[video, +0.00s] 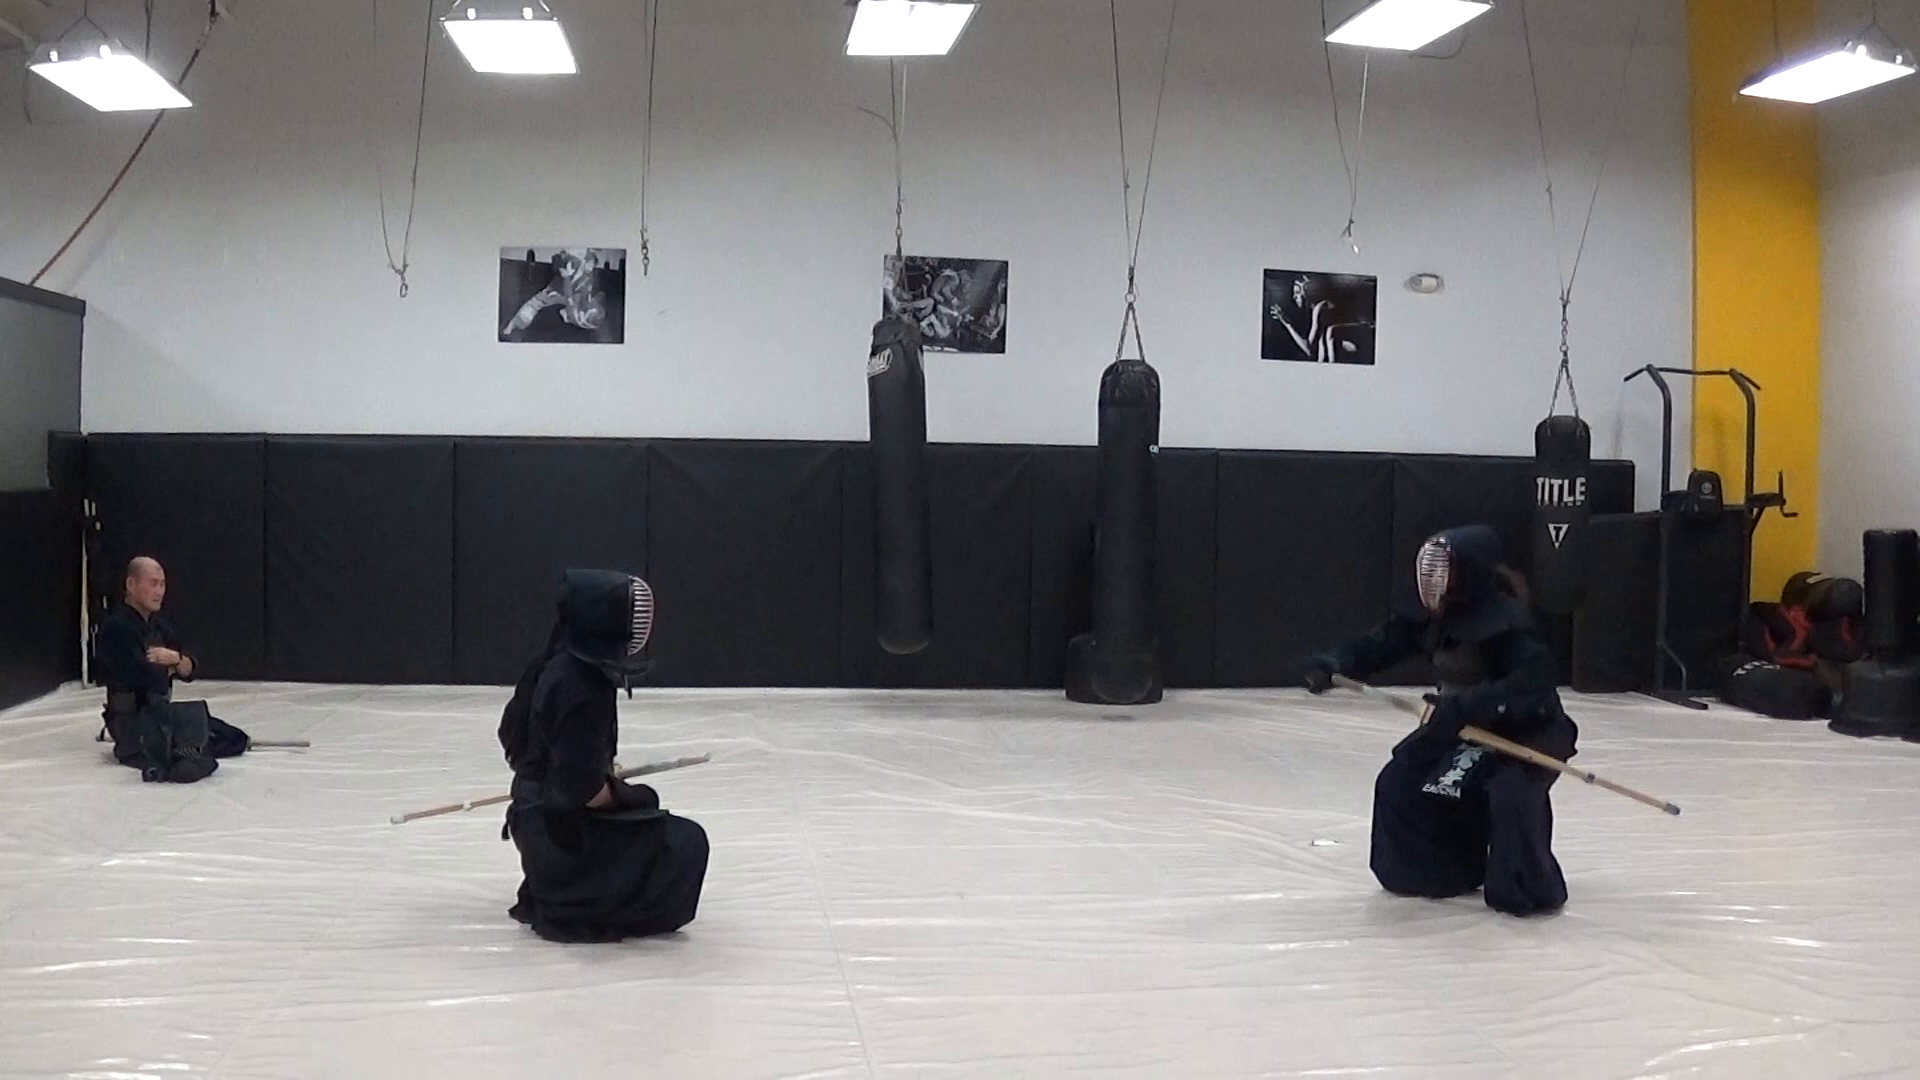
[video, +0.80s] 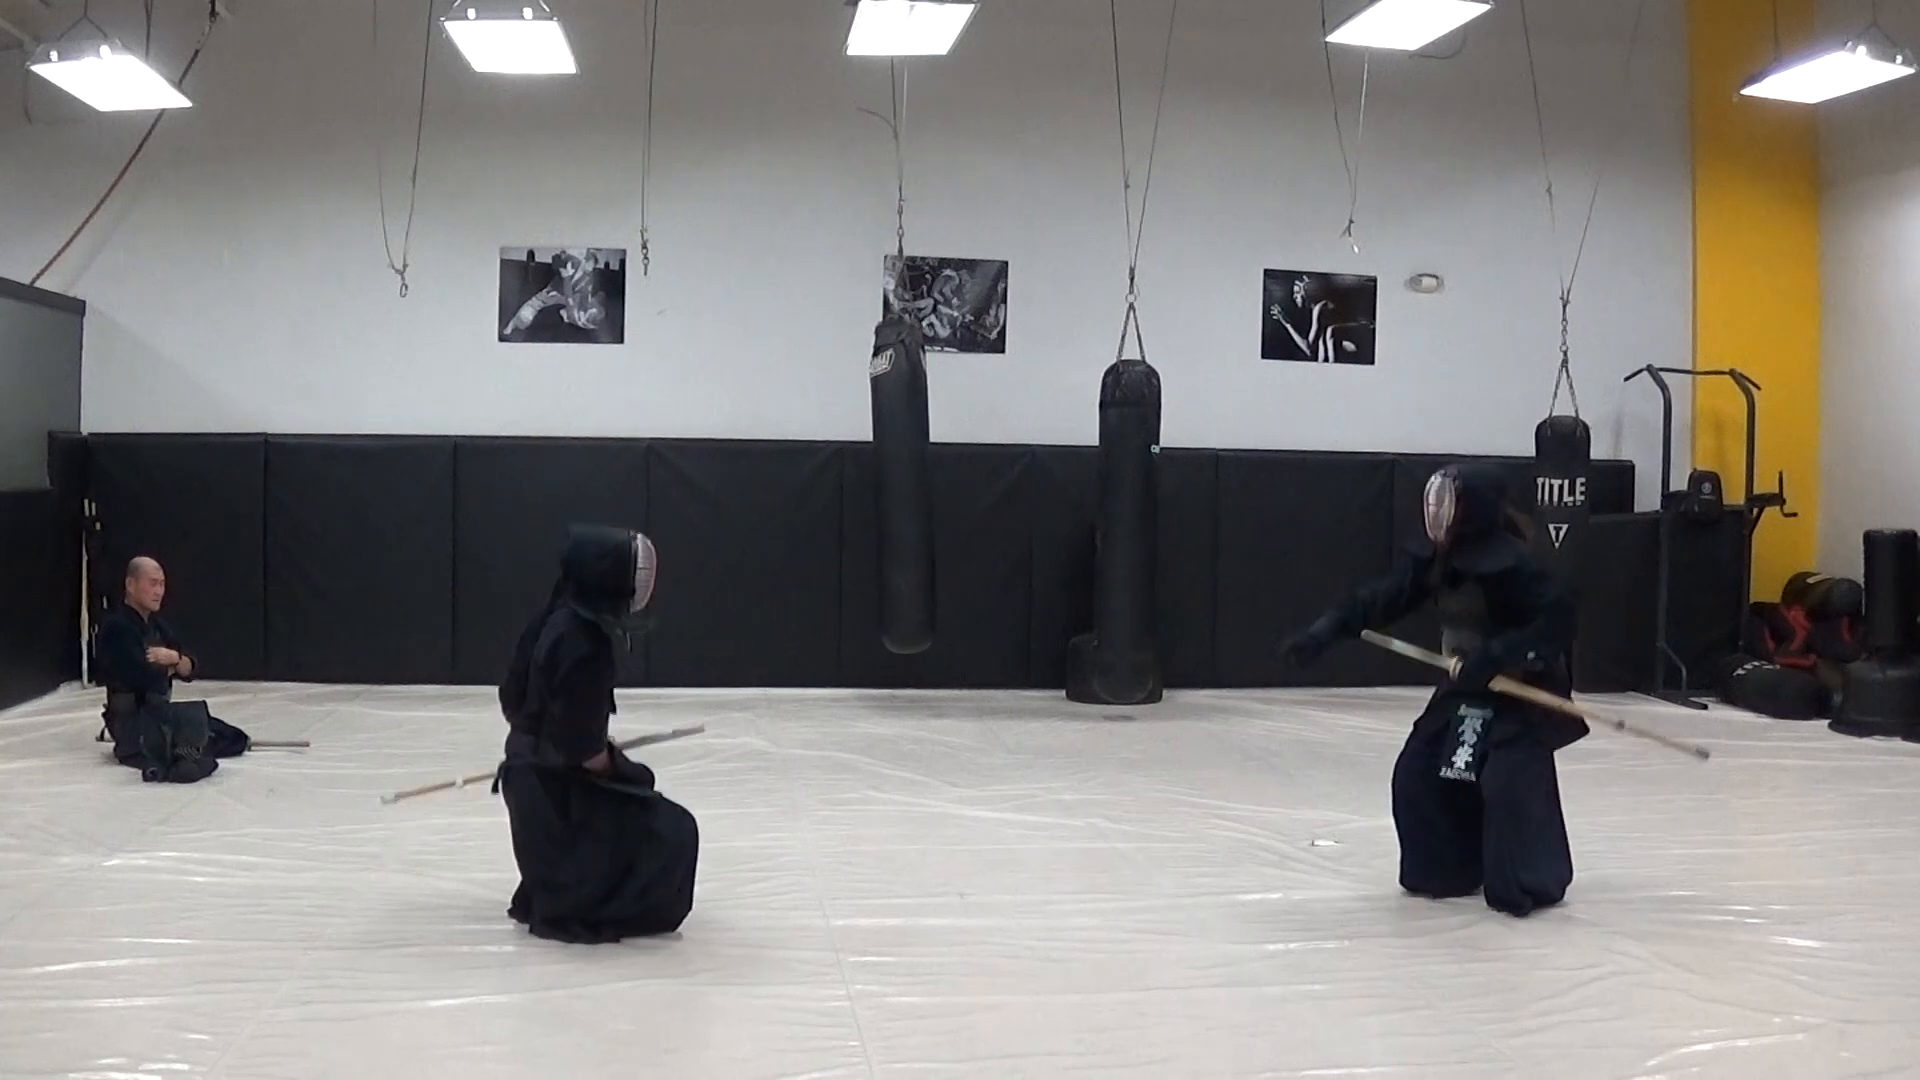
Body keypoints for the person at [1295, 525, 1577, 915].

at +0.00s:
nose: (1431, 587)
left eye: (1441, 576)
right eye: (1427, 575)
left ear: (1468, 578)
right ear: (1420, 573)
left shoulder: (1507, 619)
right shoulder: (1429, 621)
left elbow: (1534, 683)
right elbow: (1382, 647)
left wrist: (1463, 708)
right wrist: (1330, 661)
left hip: (1531, 730)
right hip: (1463, 727)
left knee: (1510, 789)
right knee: (1398, 783)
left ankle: (1527, 895)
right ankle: (1441, 875)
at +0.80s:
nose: (1436, 519)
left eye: (1447, 508)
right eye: (1433, 507)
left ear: (1473, 511)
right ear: (1428, 507)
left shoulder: (1514, 563)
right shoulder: (1434, 562)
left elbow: (1557, 622)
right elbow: (1381, 600)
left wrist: (1493, 656)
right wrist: (1325, 631)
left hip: (1521, 695)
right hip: (1460, 692)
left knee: (1505, 779)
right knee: (1416, 772)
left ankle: (1522, 886)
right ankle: (1442, 875)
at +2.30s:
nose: (1602, 452)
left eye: (1611, 443)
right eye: (1602, 442)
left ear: (1638, 449)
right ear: (1612, 444)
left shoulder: (1674, 510)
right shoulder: (1602, 504)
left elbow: (1702, 581)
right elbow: (1587, 578)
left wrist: (1647, 614)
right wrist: (1568, 646)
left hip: (1644, 654)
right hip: (1593, 648)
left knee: (1629, 757)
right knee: (1571, 747)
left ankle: (1626, 877)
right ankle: (1594, 868)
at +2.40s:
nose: (1620, 456)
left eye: (1630, 447)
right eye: (1619, 446)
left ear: (1658, 453)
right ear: (1618, 447)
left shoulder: (1691, 511)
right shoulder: (1618, 504)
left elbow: (1722, 587)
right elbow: (1603, 582)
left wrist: (1664, 617)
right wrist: (1578, 645)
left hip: (1662, 651)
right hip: (1613, 644)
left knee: (1639, 755)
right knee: (1604, 745)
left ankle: (1615, 875)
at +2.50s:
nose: (1635, 457)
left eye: (1646, 449)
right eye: (1634, 447)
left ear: (1674, 453)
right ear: (1632, 449)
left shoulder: (1703, 513)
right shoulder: (1624, 506)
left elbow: (1736, 586)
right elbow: (1604, 581)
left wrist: (1679, 620)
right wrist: (1588, 649)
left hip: (1681, 654)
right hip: (1630, 649)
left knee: (1657, 760)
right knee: (1643, 752)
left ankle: (1618, 873)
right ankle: (1687, 847)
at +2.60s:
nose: (1650, 455)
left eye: (1659, 447)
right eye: (1648, 446)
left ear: (1686, 452)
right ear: (1648, 449)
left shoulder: (1716, 512)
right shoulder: (1652, 507)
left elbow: (1758, 580)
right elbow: (1638, 584)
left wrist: (1697, 619)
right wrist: (1613, 644)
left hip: (1697, 655)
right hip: (1654, 650)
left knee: (1664, 758)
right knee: (1668, 754)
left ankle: (1625, 870)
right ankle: (1684, 860)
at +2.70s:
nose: (1664, 456)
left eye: (1673, 447)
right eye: (1663, 446)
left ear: (1700, 450)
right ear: (1670, 450)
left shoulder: (1733, 507)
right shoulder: (1672, 504)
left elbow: (1774, 577)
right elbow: (1654, 578)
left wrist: (1713, 616)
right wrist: (1637, 632)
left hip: (1709, 653)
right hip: (1670, 648)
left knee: (1679, 755)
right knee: (1682, 753)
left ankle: (1660, 866)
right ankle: (1700, 861)